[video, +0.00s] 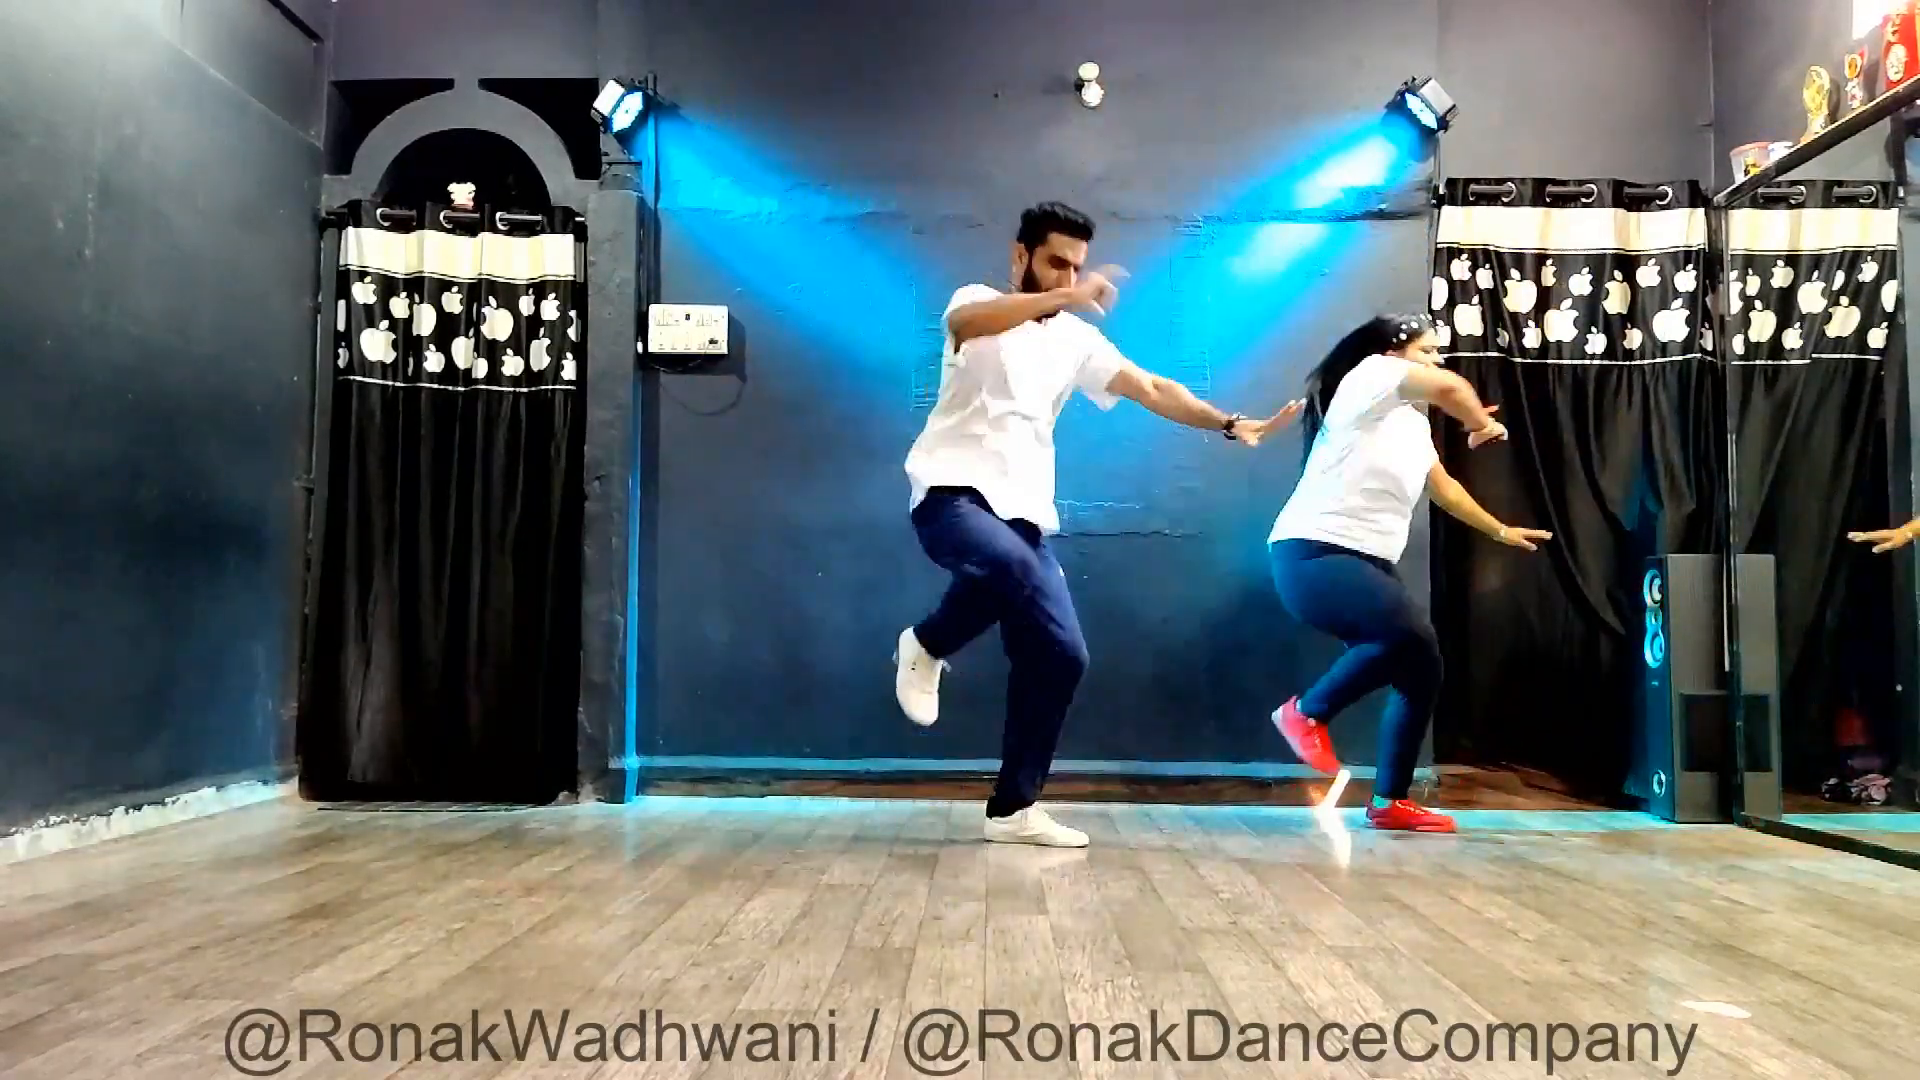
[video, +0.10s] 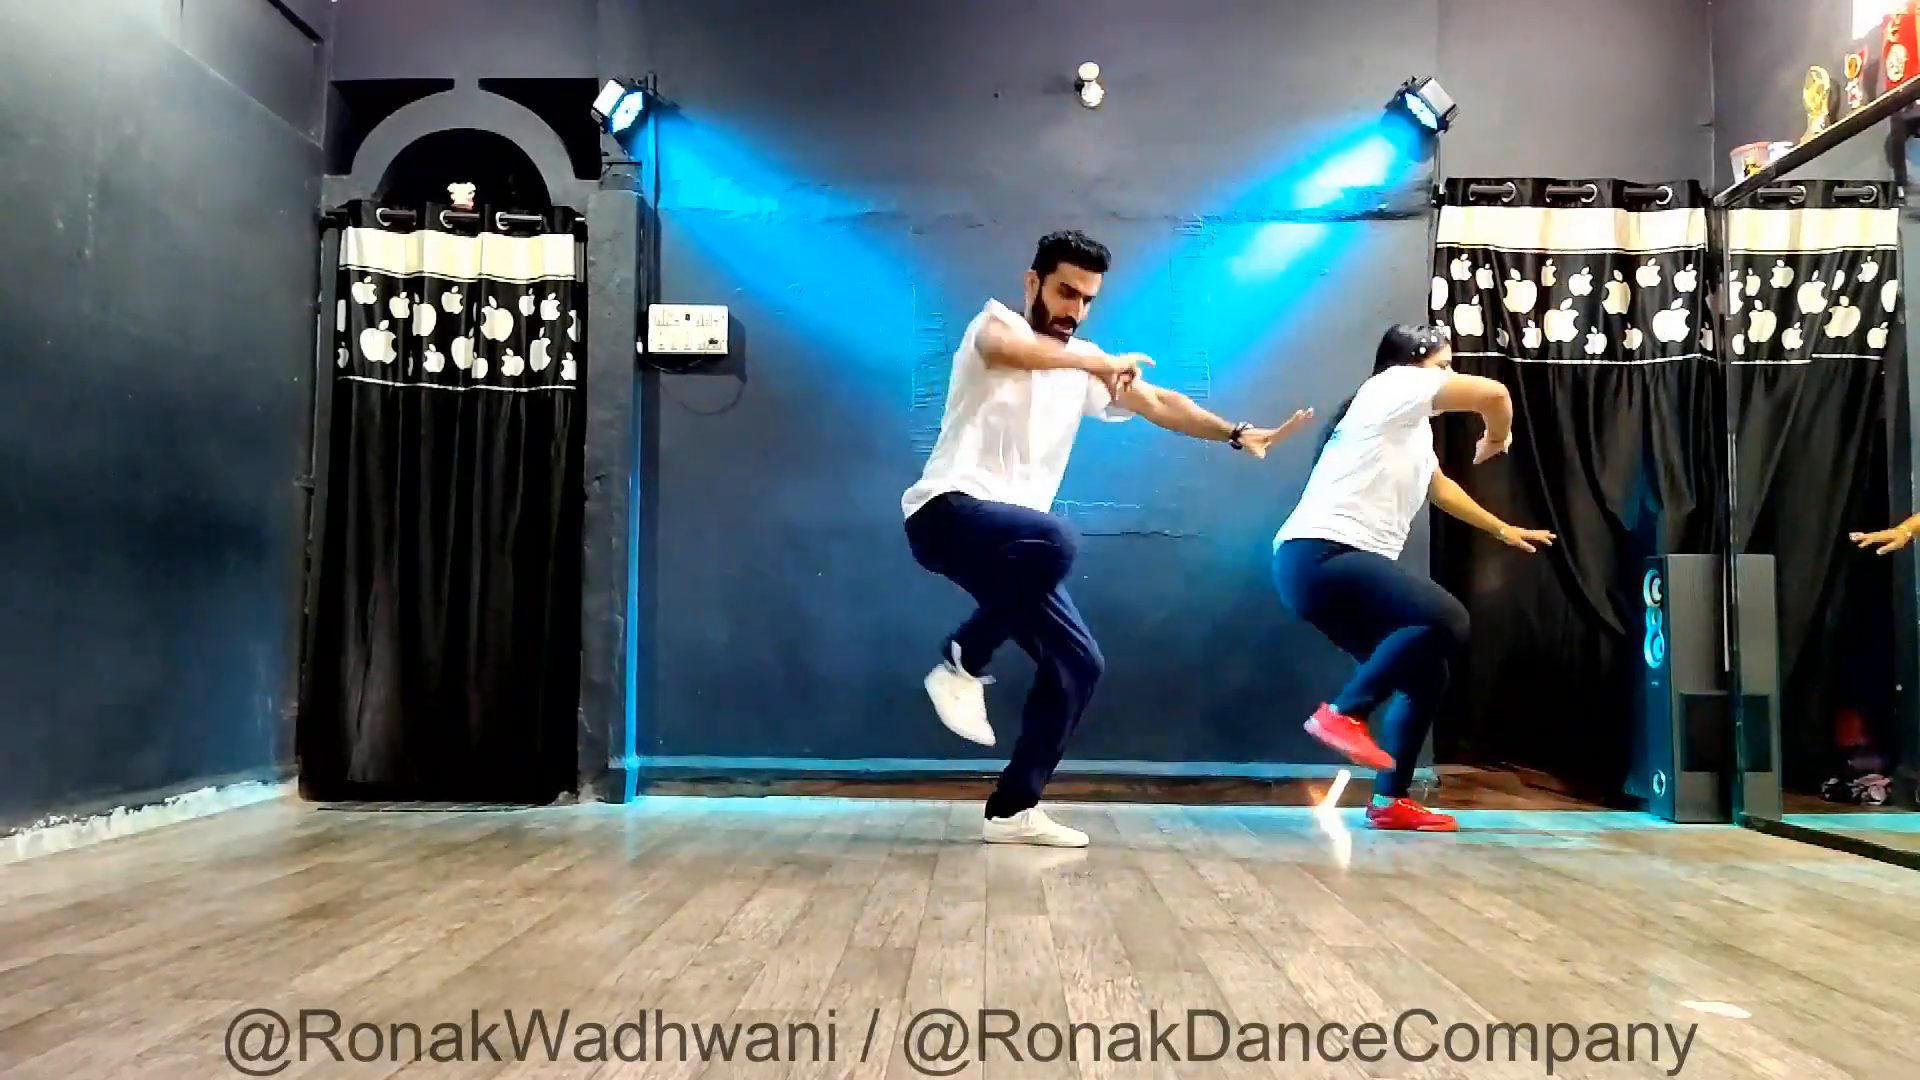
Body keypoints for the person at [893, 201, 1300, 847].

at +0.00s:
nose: (1067, 280)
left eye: (1076, 270)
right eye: (1056, 265)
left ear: (1083, 276)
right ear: (1019, 258)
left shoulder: (1078, 340)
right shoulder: (976, 301)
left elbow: (1152, 389)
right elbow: (966, 325)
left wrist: (1229, 422)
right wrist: (1064, 297)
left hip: (1024, 511)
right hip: (952, 490)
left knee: (1061, 655)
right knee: (1010, 568)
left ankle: (1012, 808)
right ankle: (925, 647)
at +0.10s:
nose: (1075, 311)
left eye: (1086, 299)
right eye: (1066, 293)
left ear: (1092, 298)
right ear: (1033, 282)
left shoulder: (1084, 363)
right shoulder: (996, 320)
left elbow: (1158, 404)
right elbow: (1002, 350)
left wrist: (1235, 433)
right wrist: (1095, 362)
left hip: (1018, 527)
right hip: (947, 509)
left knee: (1077, 663)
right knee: (1053, 545)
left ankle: (1012, 807)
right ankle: (960, 665)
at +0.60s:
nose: (978, 163)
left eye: (994, 155)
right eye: (968, 150)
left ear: (1012, 171)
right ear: (947, 157)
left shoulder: (1034, 242)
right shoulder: (905, 218)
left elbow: (1093, 318)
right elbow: (799, 234)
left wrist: (1115, 275)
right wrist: (768, 172)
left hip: (1008, 454)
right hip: (925, 448)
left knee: (1068, 584)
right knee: (920, 600)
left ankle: (990, 688)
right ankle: (880, 760)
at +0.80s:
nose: (1005, 247)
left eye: (1007, 235)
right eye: (995, 232)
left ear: (980, 241)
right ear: (954, 235)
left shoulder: (1005, 299)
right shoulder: (870, 278)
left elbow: (1102, 281)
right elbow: (766, 264)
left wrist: (1065, 309)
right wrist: (666, 257)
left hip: (959, 490)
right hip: (881, 512)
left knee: (1077, 488)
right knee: (874, 679)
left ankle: (1008, 616)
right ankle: (838, 813)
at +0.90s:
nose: (999, 255)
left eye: (997, 243)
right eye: (986, 241)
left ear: (966, 252)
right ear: (946, 248)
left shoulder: (997, 320)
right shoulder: (861, 303)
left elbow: (1104, 328)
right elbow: (763, 309)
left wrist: (1056, 329)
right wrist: (659, 303)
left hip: (946, 499)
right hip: (867, 519)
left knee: (1065, 488)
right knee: (856, 677)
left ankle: (1037, 648)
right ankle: (841, 814)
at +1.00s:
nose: (991, 251)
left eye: (990, 240)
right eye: (979, 237)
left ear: (955, 249)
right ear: (940, 244)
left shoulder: (989, 340)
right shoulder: (861, 317)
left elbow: (1072, 405)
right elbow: (758, 365)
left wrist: (1042, 357)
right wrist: (659, 350)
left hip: (955, 519)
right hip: (869, 524)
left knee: (1054, 591)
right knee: (864, 679)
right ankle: (841, 813)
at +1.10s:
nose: (991, 234)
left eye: (990, 223)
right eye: (981, 221)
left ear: (956, 230)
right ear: (939, 226)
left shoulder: (994, 323)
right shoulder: (864, 301)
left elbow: (1091, 351)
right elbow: (757, 333)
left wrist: (1039, 304)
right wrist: (661, 308)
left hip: (971, 519)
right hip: (885, 516)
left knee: (1014, 655)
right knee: (875, 671)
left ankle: (988, 809)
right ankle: (841, 813)